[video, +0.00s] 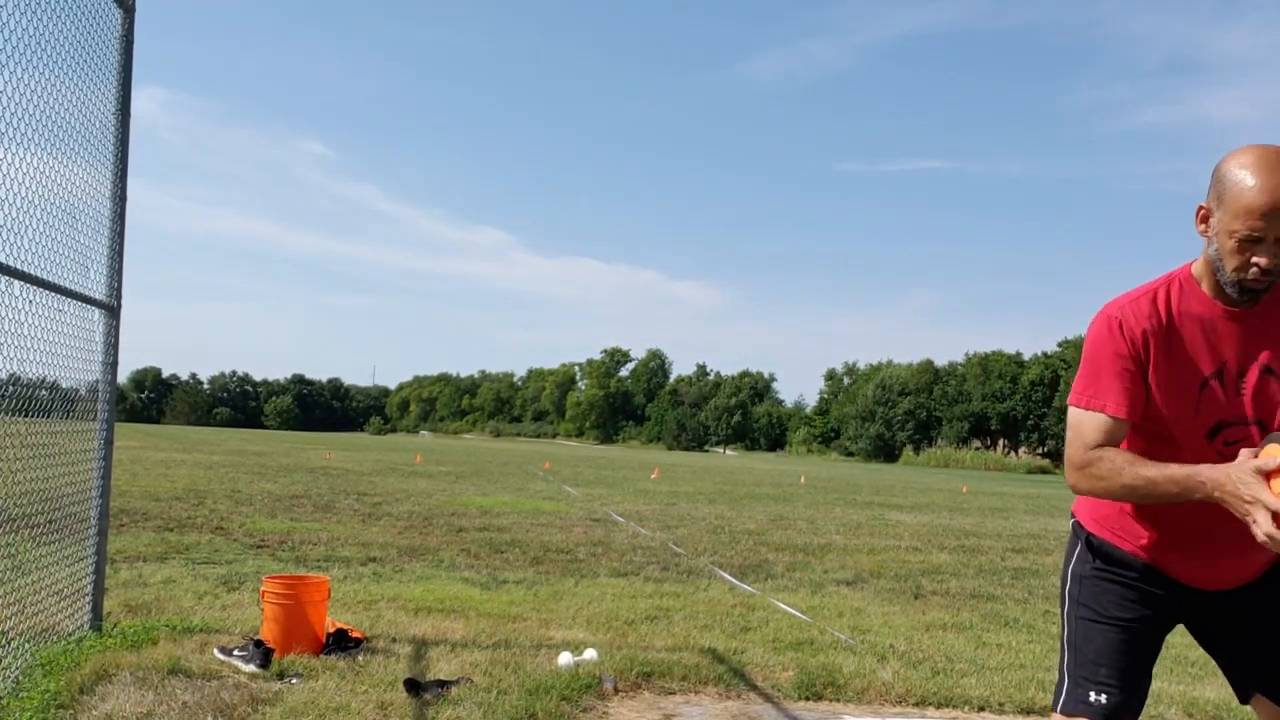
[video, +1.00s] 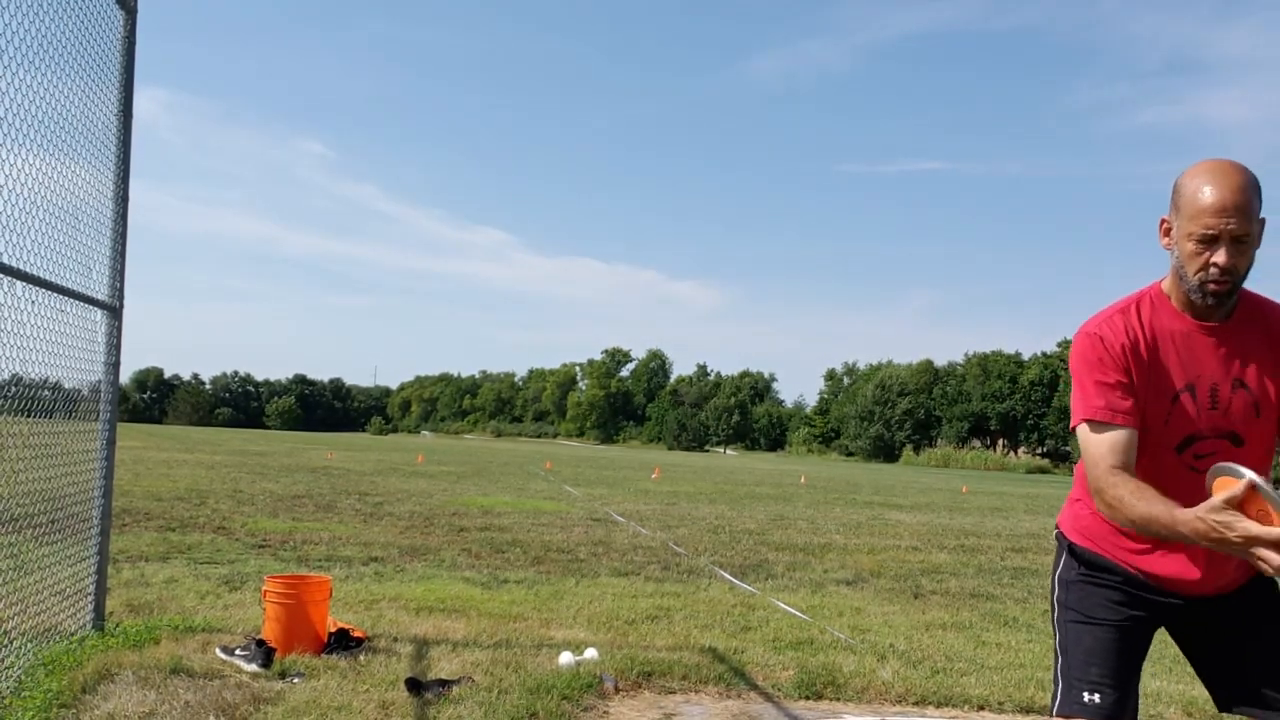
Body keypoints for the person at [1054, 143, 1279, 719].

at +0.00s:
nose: (1266, 261)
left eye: (1278, 243)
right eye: (1249, 242)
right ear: (1205, 222)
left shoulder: (1278, 317)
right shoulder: (1130, 324)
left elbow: (1275, 428)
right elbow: (1085, 466)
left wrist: (1275, 458)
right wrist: (1214, 481)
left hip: (1251, 563)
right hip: (1126, 557)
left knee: (1279, 703)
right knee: (1088, 713)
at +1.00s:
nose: (1223, 259)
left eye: (1239, 241)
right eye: (1206, 240)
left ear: (1260, 238)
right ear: (1167, 233)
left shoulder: (1274, 332)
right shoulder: (1111, 337)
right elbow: (1109, 484)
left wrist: (1268, 529)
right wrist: (1193, 526)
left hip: (1234, 570)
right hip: (1111, 565)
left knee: (1274, 704)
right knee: (1090, 711)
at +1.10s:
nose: (1221, 261)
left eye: (1236, 242)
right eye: (1202, 243)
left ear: (1253, 239)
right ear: (1161, 238)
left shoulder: (1271, 338)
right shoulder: (1102, 346)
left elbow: (1273, 465)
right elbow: (1099, 486)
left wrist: (1275, 555)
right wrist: (1139, 580)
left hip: (1226, 574)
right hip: (1108, 567)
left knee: (1272, 703)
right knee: (1091, 709)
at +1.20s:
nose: (1222, 256)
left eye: (1236, 236)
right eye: (1203, 238)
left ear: (1252, 234)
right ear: (1160, 235)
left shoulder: (1273, 338)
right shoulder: (1103, 346)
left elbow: (1279, 481)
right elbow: (1082, 495)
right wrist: (1081, 615)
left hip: (1238, 574)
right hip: (1124, 572)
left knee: (1270, 706)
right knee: (1091, 709)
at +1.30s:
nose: (1229, 248)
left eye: (1243, 229)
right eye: (1210, 229)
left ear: (1257, 229)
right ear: (1167, 227)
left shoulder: (1273, 331)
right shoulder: (1106, 340)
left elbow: (1278, 474)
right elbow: (1061, 482)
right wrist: (1027, 605)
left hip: (1240, 572)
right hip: (1121, 566)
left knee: (1265, 706)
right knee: (1088, 707)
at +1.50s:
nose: (1248, 247)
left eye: (1261, 229)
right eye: (1228, 228)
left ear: (1276, 230)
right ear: (1183, 226)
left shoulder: (1277, 330)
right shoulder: (1115, 339)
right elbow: (1055, 452)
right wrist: (989, 534)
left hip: (1245, 570)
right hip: (1122, 563)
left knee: (1260, 707)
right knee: (1096, 709)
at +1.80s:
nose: (1238, 255)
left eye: (1253, 237)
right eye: (1219, 237)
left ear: (1269, 236)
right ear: (1175, 232)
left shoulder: (1275, 338)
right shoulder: (1105, 346)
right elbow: (1058, 474)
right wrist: (1004, 576)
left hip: (1242, 574)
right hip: (1118, 570)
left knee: (1257, 707)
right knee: (1095, 711)